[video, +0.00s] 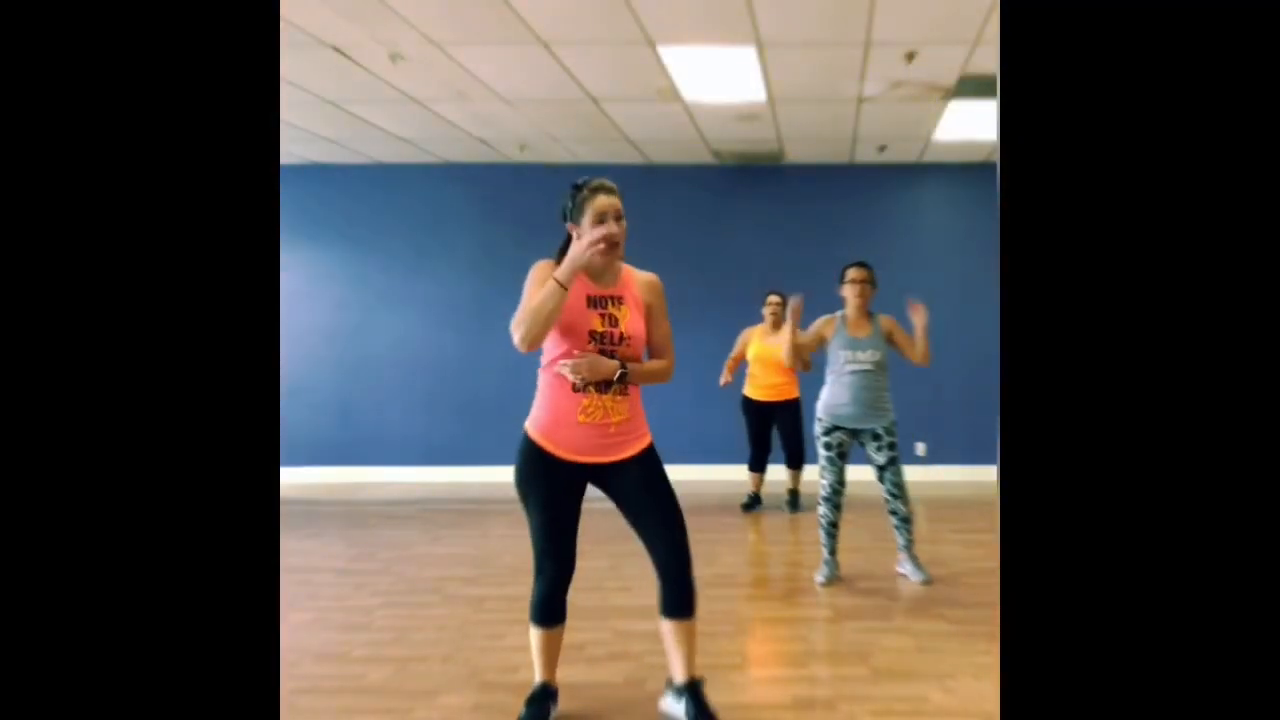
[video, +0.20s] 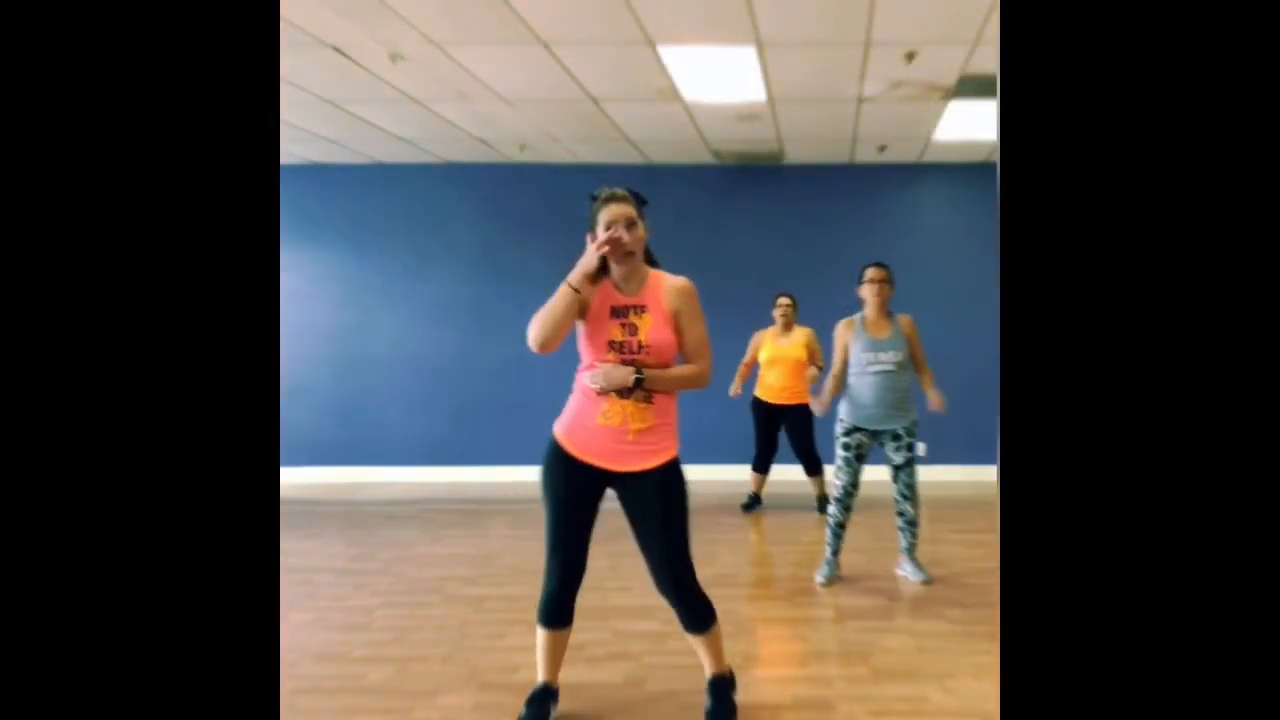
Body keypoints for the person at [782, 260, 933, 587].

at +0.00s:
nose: (858, 288)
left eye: (864, 283)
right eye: (852, 282)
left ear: (873, 289)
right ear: (842, 289)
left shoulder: (885, 324)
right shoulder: (828, 324)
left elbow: (920, 358)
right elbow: (796, 357)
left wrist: (920, 327)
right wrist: (793, 324)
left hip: (877, 420)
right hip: (834, 419)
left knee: (894, 488)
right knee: (831, 491)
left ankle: (906, 557)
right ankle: (828, 560)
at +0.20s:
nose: (877, 288)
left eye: (883, 282)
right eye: (870, 282)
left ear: (892, 289)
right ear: (860, 290)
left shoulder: (904, 325)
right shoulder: (846, 328)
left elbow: (921, 366)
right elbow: (837, 372)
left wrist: (932, 390)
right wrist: (826, 399)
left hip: (899, 421)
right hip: (855, 421)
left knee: (907, 491)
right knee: (844, 490)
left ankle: (908, 558)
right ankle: (831, 559)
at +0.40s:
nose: (894, 285)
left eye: (899, 279)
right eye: (888, 280)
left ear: (908, 286)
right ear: (876, 287)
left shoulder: (921, 324)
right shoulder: (862, 325)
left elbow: (937, 367)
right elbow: (849, 373)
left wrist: (935, 408)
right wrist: (862, 413)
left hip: (913, 420)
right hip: (872, 418)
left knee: (914, 493)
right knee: (857, 488)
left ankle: (909, 558)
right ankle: (848, 556)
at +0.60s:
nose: (900, 285)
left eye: (906, 280)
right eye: (894, 279)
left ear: (915, 288)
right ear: (884, 287)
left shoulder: (926, 325)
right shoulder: (868, 324)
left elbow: (945, 368)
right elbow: (852, 371)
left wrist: (940, 405)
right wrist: (864, 415)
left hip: (918, 421)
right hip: (878, 422)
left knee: (916, 493)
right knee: (879, 493)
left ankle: (911, 557)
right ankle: (881, 558)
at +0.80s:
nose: (901, 285)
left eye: (907, 279)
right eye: (895, 279)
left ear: (916, 287)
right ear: (884, 286)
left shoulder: (928, 324)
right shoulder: (870, 324)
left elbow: (945, 370)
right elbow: (857, 372)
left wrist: (931, 404)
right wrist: (861, 418)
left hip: (918, 423)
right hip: (877, 422)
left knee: (917, 494)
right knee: (870, 491)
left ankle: (911, 557)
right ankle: (873, 554)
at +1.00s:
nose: (895, 284)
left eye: (901, 278)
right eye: (889, 278)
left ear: (911, 287)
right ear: (878, 286)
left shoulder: (922, 325)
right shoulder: (863, 323)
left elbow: (940, 369)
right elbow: (846, 365)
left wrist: (919, 388)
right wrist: (842, 397)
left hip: (914, 420)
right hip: (871, 418)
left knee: (914, 492)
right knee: (860, 488)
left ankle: (910, 558)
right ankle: (843, 555)